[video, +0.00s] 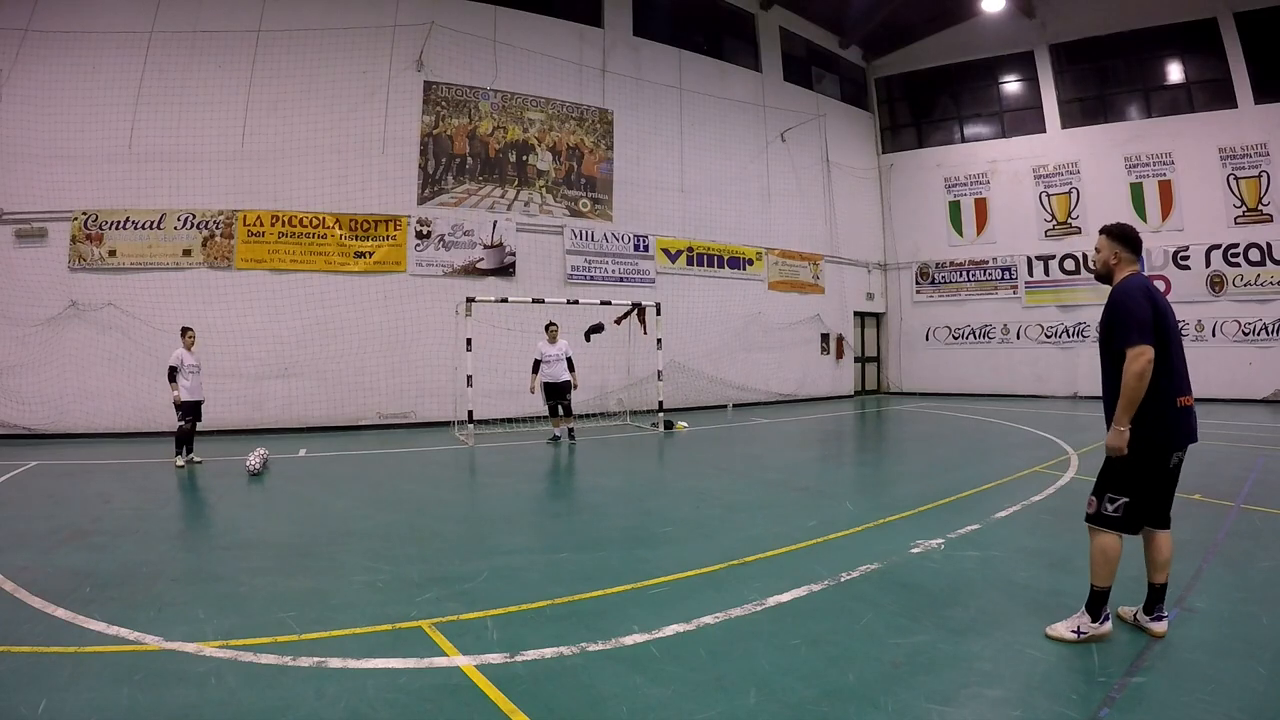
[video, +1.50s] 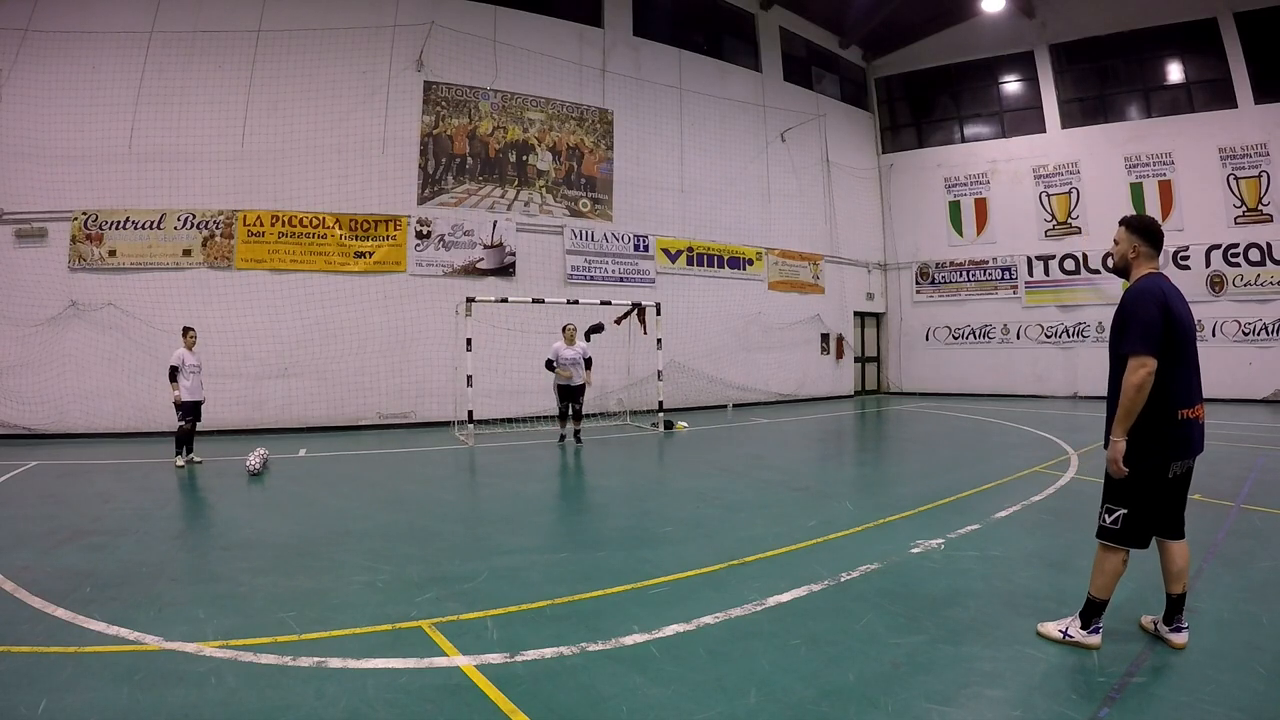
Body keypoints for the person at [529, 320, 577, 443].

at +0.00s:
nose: (554, 333)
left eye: (555, 331)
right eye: (551, 331)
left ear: (558, 332)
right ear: (547, 333)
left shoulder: (564, 344)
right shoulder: (541, 346)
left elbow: (570, 362)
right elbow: (536, 364)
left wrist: (574, 379)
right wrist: (532, 382)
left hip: (563, 380)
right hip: (548, 382)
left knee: (566, 407)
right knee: (552, 409)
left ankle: (571, 431)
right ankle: (557, 433)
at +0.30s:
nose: (556, 331)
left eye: (558, 329)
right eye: (554, 329)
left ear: (561, 331)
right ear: (549, 332)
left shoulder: (566, 345)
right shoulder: (543, 346)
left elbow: (572, 363)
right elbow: (539, 364)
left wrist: (576, 380)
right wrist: (535, 381)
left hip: (565, 381)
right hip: (549, 382)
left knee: (568, 408)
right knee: (553, 410)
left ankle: (575, 433)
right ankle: (557, 434)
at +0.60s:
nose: (563, 330)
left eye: (565, 328)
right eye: (561, 328)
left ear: (567, 330)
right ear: (556, 330)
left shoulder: (573, 344)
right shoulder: (549, 345)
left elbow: (579, 362)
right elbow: (545, 364)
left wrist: (582, 379)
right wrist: (543, 382)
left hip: (571, 381)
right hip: (554, 382)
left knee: (572, 409)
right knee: (556, 410)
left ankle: (576, 434)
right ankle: (557, 434)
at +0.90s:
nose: (568, 329)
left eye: (570, 327)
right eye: (565, 327)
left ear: (572, 330)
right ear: (560, 330)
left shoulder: (578, 344)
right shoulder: (554, 344)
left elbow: (583, 361)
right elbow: (549, 362)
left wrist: (585, 378)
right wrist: (549, 379)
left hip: (574, 381)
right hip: (558, 381)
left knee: (573, 408)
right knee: (557, 408)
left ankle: (576, 433)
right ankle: (557, 431)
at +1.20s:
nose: (567, 342)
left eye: (569, 340)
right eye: (564, 340)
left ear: (571, 342)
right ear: (560, 343)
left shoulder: (576, 356)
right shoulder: (553, 357)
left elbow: (581, 373)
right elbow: (547, 374)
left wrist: (584, 389)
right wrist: (552, 387)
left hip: (573, 386)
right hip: (558, 388)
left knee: (575, 411)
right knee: (558, 413)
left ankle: (574, 435)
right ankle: (557, 430)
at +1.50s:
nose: (571, 332)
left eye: (573, 330)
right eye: (569, 330)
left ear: (576, 333)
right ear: (564, 333)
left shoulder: (582, 347)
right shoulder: (557, 347)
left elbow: (588, 360)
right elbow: (548, 364)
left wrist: (588, 376)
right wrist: (561, 373)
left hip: (578, 384)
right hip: (562, 384)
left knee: (578, 411)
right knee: (563, 411)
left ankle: (577, 433)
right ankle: (562, 433)